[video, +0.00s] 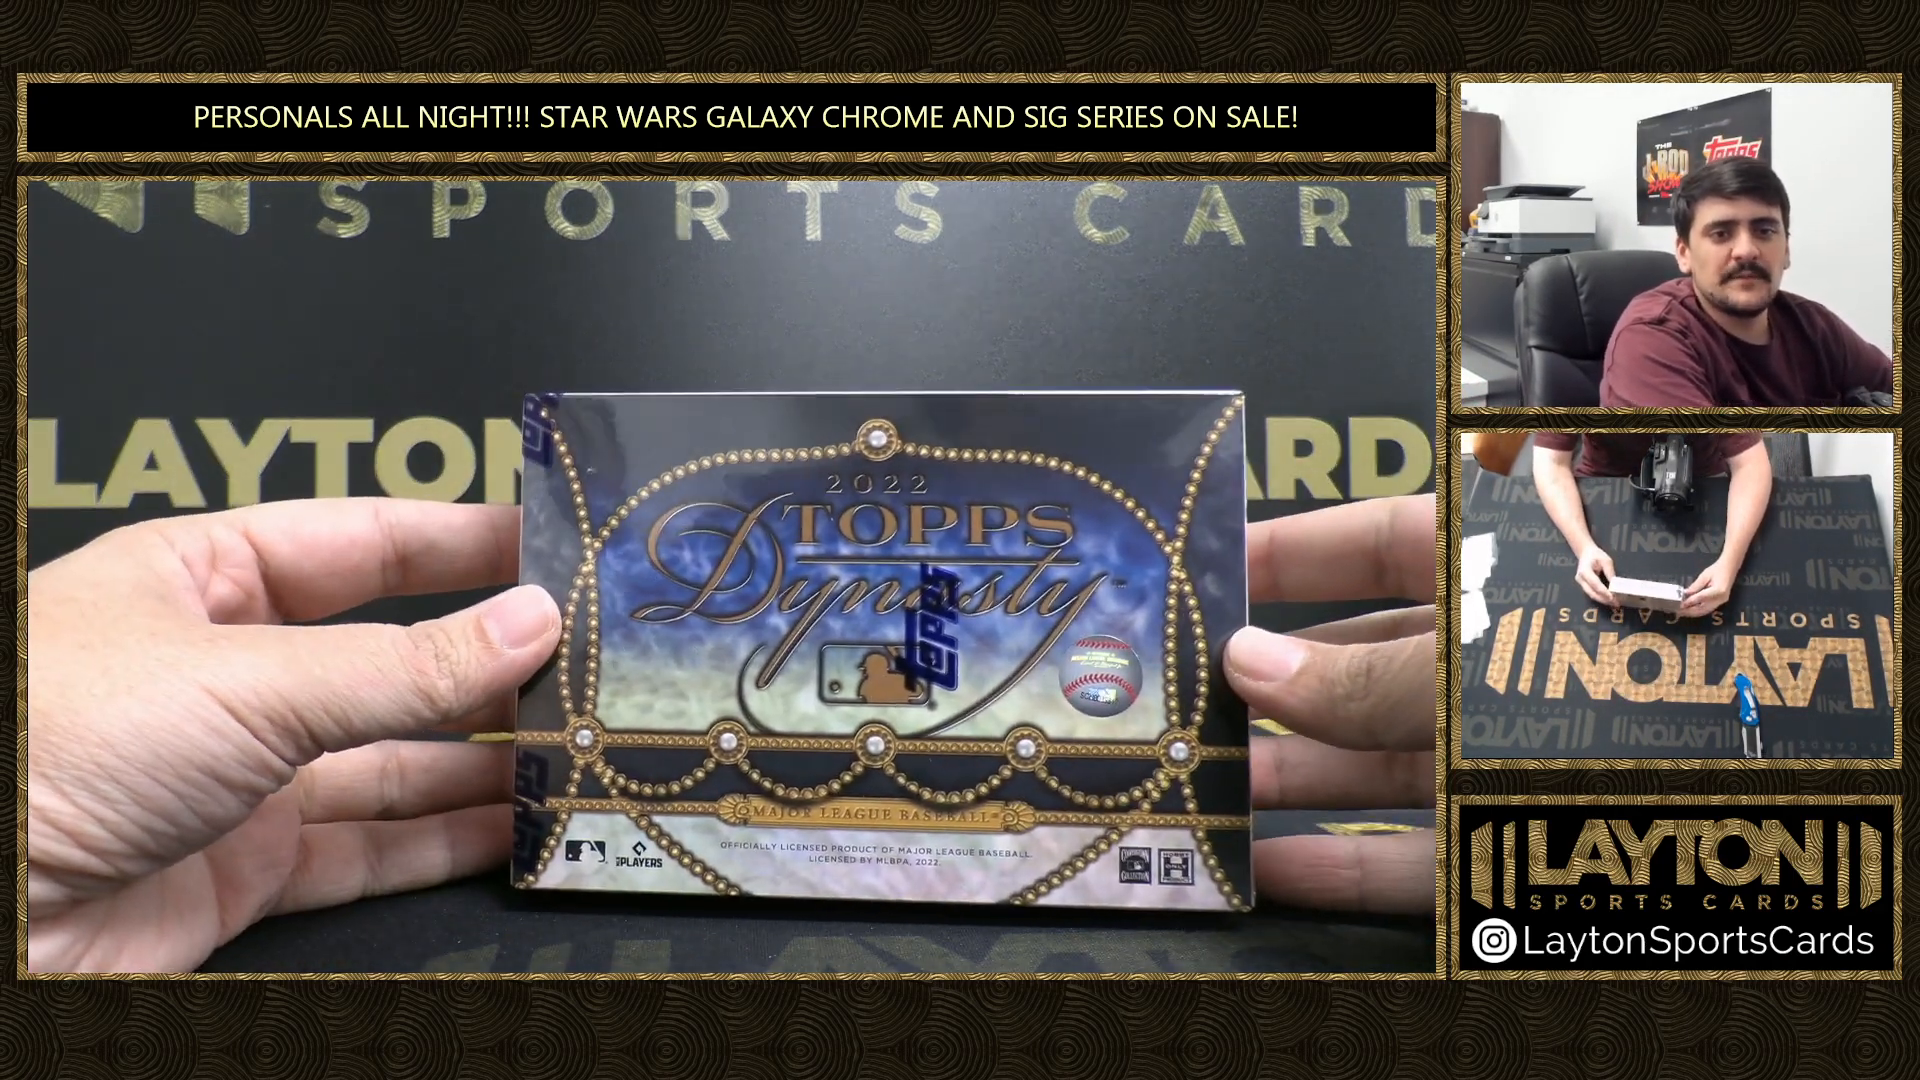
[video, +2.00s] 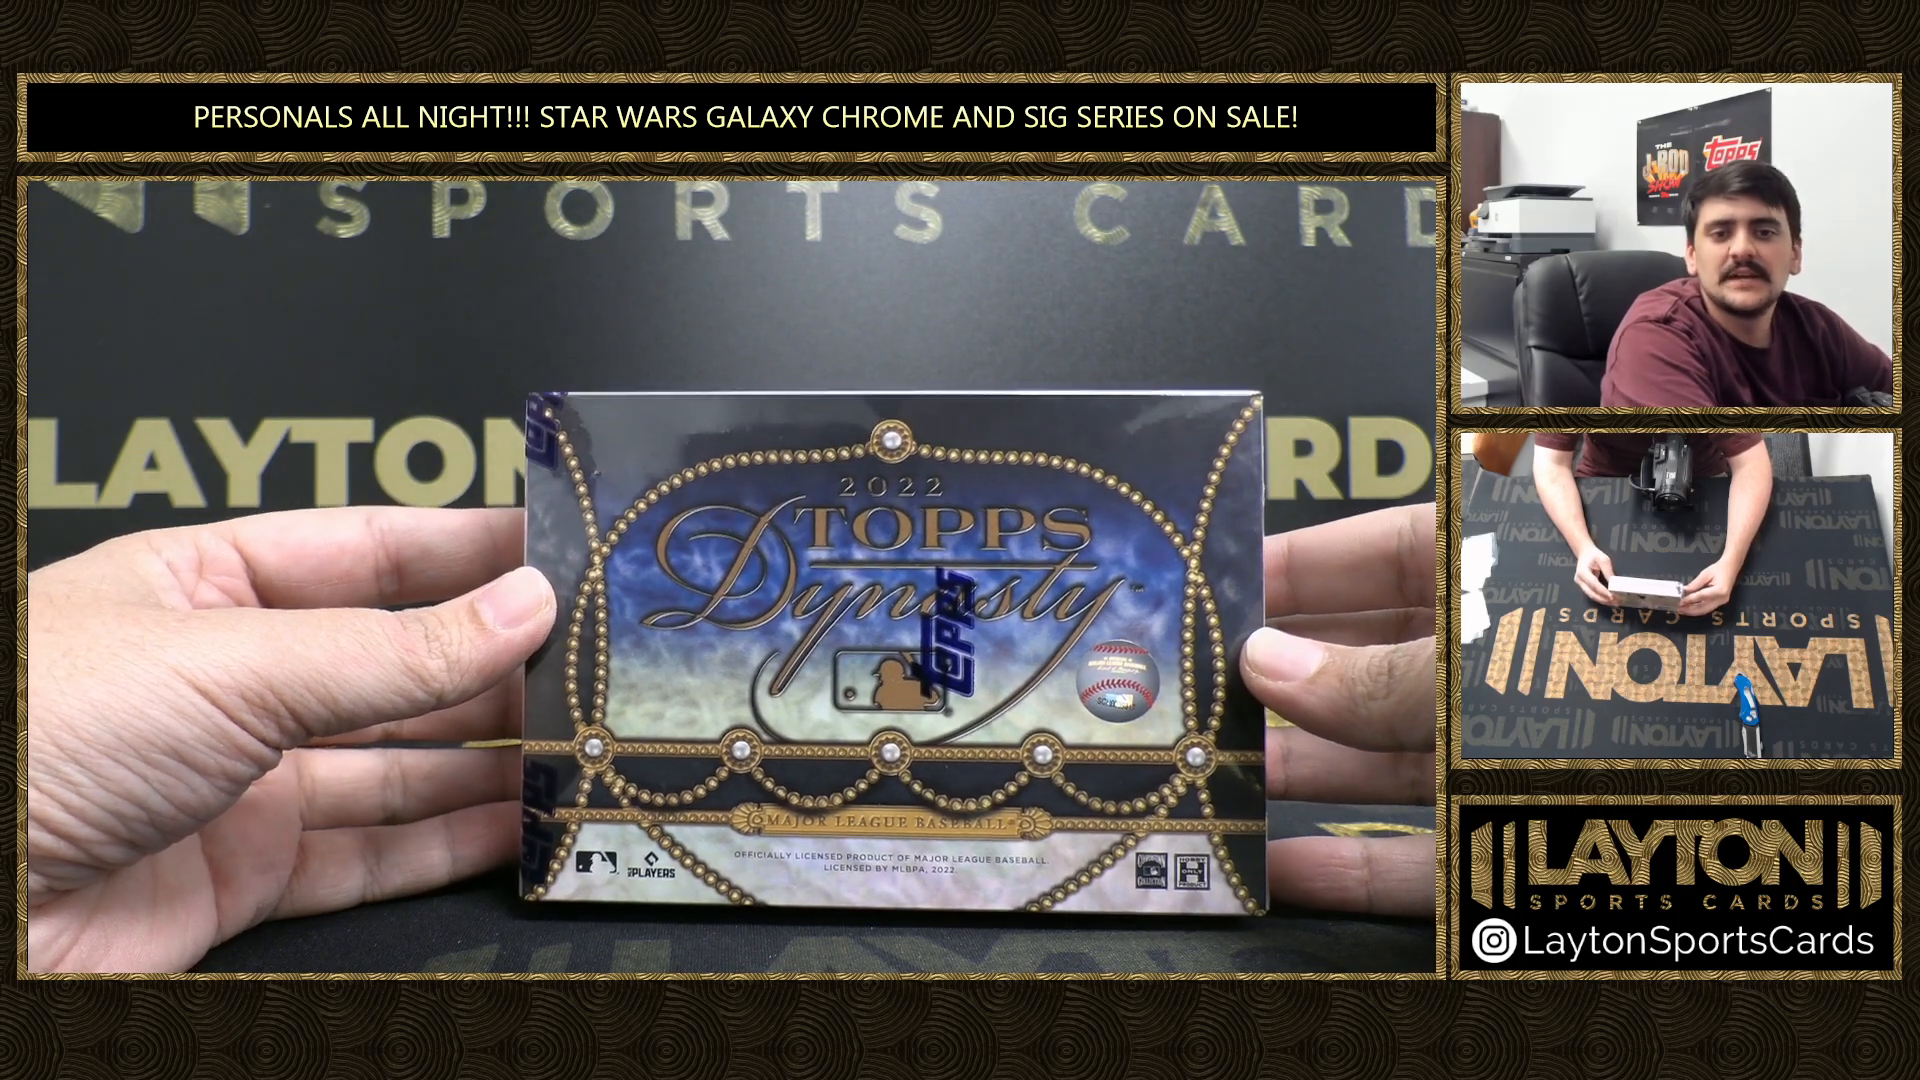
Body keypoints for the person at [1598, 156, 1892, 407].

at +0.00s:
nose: (1746, 250)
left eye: (1763, 231)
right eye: (1721, 234)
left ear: (1786, 250)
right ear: (1684, 254)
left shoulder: (1814, 329)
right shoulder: (1651, 335)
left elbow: (1895, 387)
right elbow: (1744, 461)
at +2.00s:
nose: (1742, 249)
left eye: (1764, 232)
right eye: (1721, 233)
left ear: (1795, 254)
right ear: (1691, 256)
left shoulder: (1817, 329)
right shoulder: (1655, 334)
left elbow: (1897, 390)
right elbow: (1746, 461)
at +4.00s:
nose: (1749, 252)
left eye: (1771, 235)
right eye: (1729, 233)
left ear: (1800, 256)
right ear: (1696, 251)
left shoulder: (1818, 329)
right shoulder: (1656, 333)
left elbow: (1896, 387)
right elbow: (1746, 460)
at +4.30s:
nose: (1748, 250)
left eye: (1771, 234)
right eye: (1728, 232)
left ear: (1800, 255)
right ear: (1696, 250)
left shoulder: (1818, 329)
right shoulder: (1656, 332)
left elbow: (1896, 388)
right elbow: (1746, 460)